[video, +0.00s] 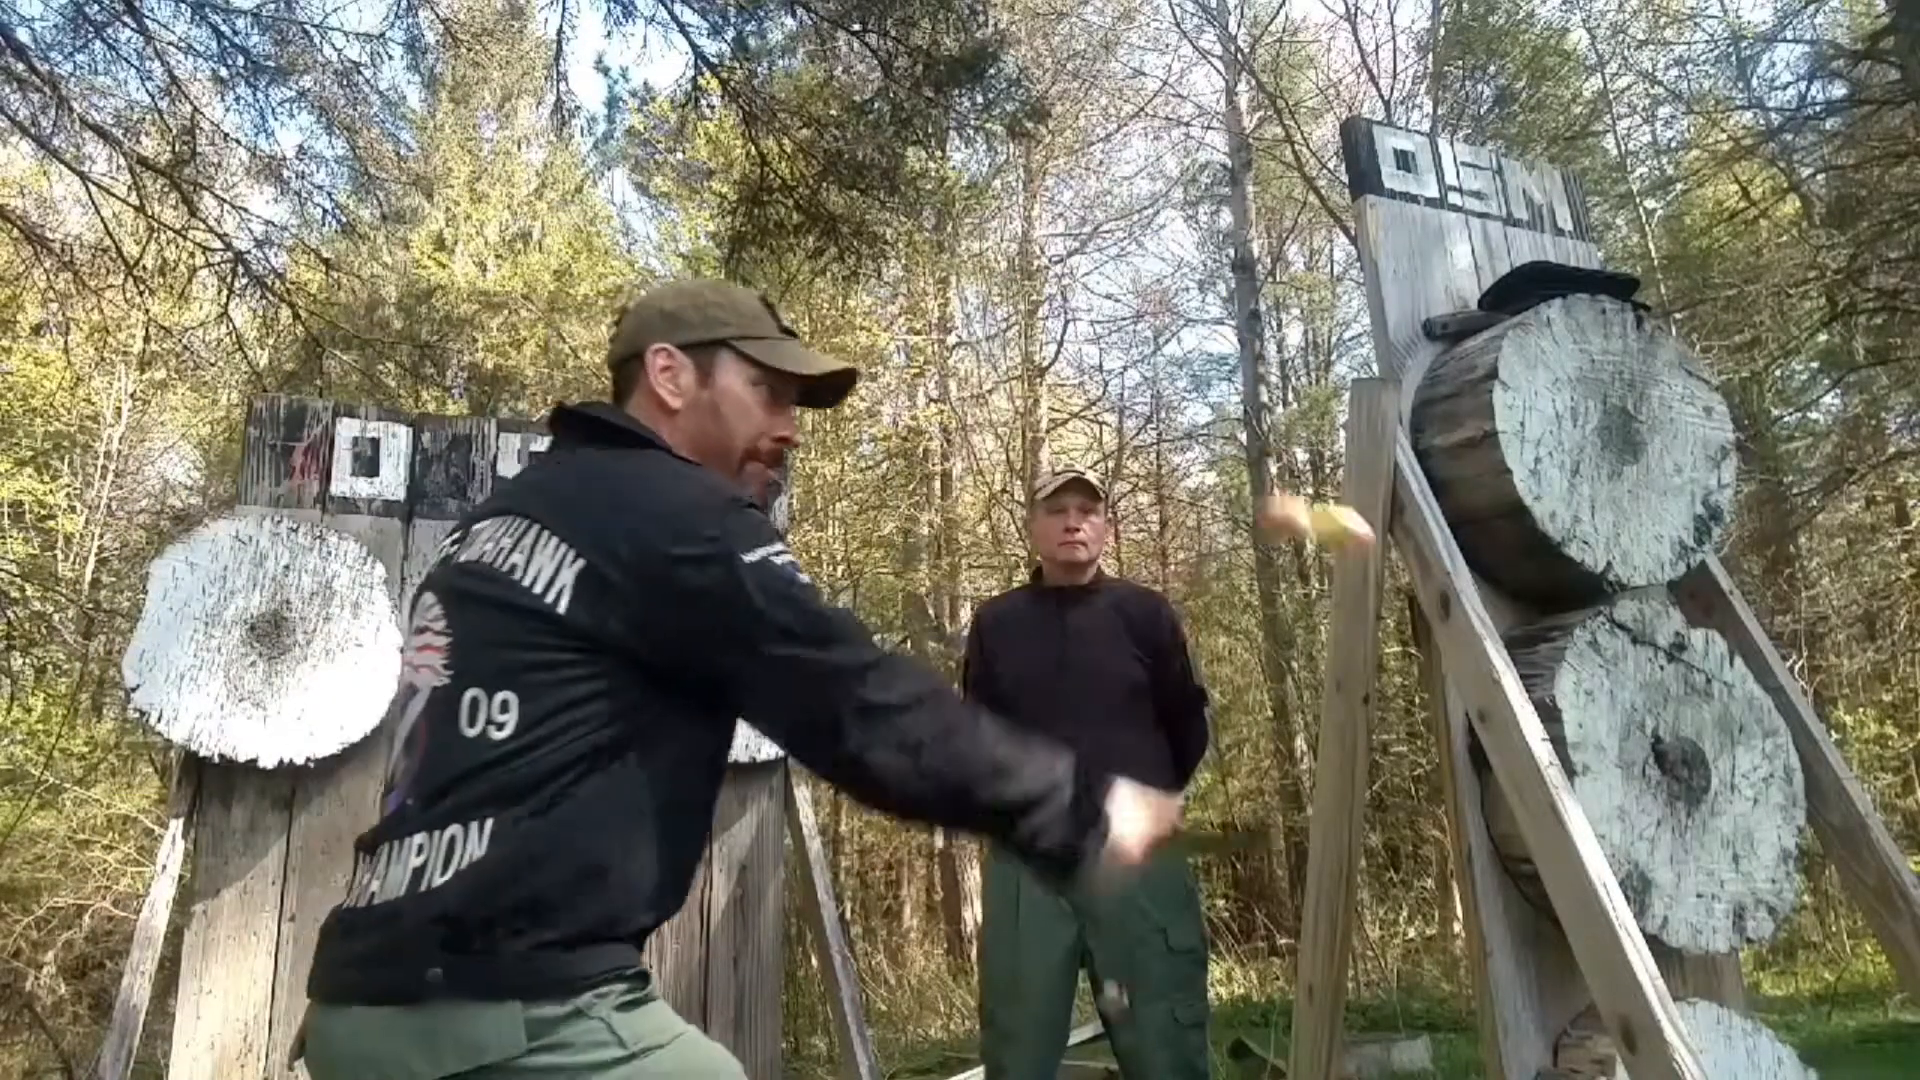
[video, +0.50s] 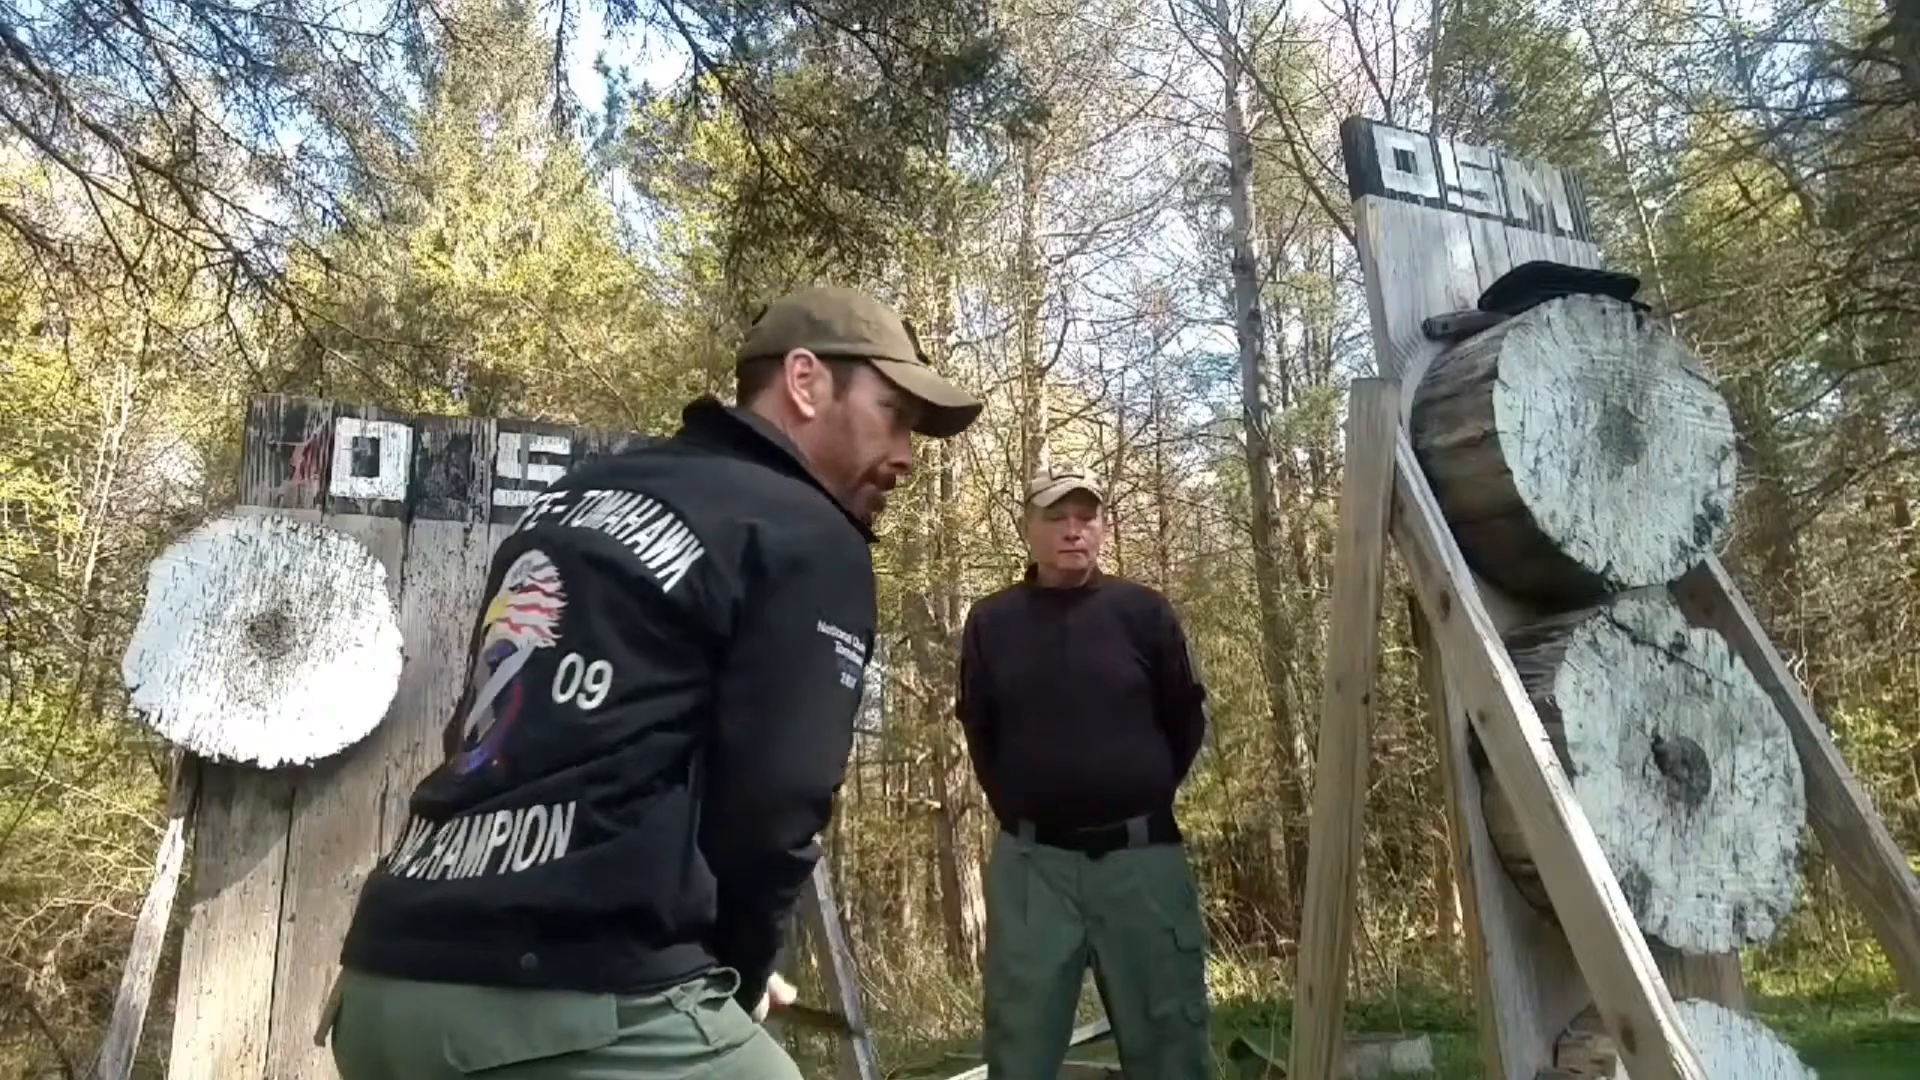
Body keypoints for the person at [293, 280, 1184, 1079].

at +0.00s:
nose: (790, 429)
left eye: (796, 402)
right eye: (770, 393)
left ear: (666, 389)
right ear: (669, 378)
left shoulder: (516, 507)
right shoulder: (682, 526)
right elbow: (867, 711)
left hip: (365, 1005)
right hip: (536, 1008)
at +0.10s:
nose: (819, 429)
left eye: (822, 401)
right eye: (800, 390)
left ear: (701, 376)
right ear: (701, 372)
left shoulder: (540, 491)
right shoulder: (718, 514)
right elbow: (829, 778)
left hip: (379, 1002)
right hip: (559, 1006)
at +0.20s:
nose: (853, 428)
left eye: (856, 401)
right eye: (830, 388)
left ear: (728, 369)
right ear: (735, 367)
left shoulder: (551, 493)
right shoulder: (745, 518)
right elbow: (775, 826)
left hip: (386, 996)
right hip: (574, 1003)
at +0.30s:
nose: (881, 435)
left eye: (882, 408)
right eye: (861, 395)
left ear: (761, 374)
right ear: (765, 371)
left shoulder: (570, 489)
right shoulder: (771, 520)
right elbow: (763, 811)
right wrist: (772, 1021)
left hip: (389, 989)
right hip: (585, 998)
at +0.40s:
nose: (898, 445)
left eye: (903, 419)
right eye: (882, 405)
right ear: (788, 375)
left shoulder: (579, 488)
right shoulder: (793, 527)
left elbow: (535, 743)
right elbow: (769, 810)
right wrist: (738, 991)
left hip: (390, 983)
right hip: (588, 995)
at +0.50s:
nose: (907, 460)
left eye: (914, 430)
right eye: (897, 417)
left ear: (797, 387)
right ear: (806, 384)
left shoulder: (587, 486)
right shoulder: (809, 536)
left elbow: (529, 734)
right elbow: (772, 808)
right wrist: (742, 977)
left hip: (389, 985)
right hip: (593, 1000)